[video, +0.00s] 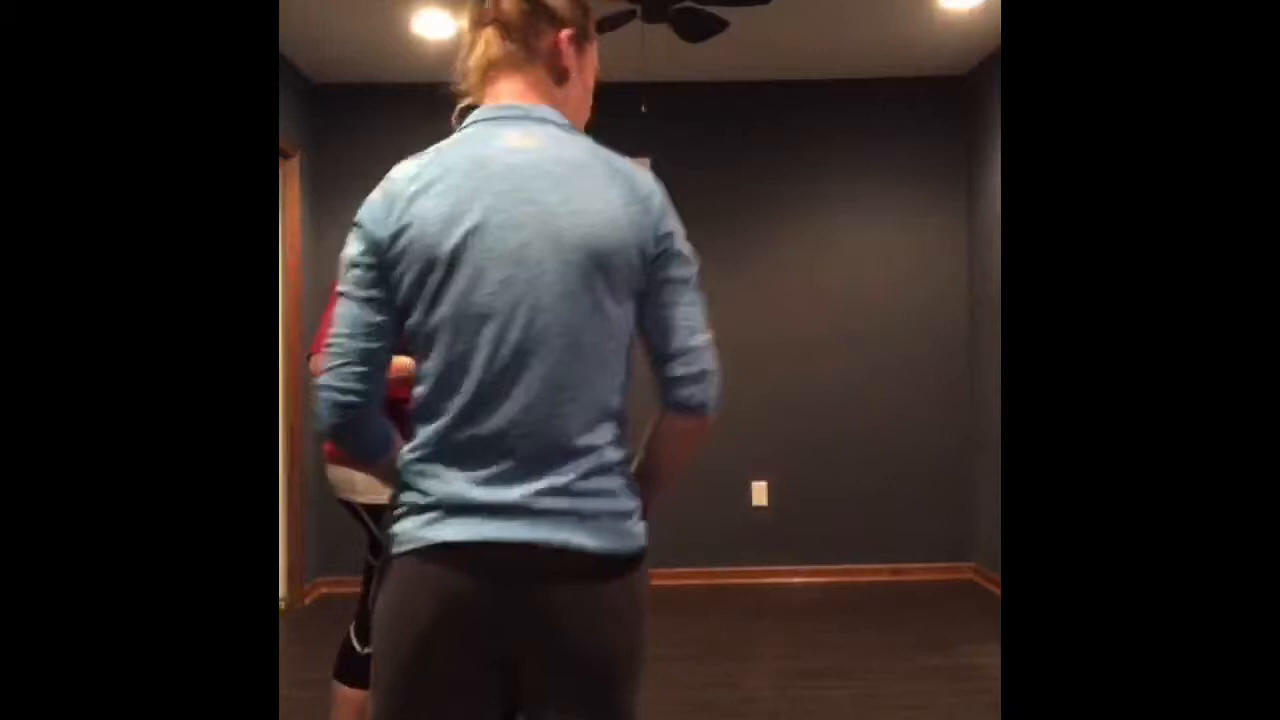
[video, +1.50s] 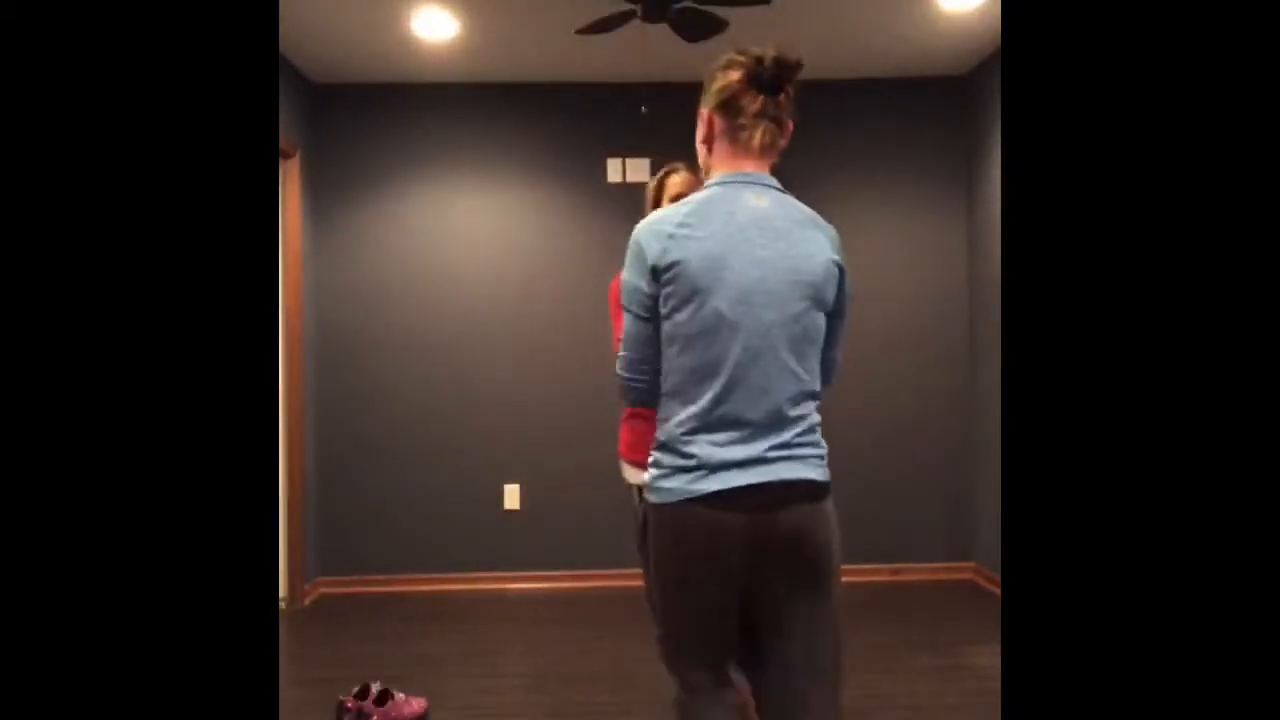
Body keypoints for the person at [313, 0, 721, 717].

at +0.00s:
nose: (595, 79)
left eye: (595, 57)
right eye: (594, 54)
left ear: (481, 60)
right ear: (565, 48)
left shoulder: (401, 191)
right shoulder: (633, 190)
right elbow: (693, 394)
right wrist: (632, 505)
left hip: (436, 571)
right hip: (592, 575)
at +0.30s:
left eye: (532, 66)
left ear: (535, 71)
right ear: (644, 74)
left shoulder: (492, 208)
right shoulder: (713, 196)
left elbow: (464, 425)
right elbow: (790, 377)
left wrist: (448, 387)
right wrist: (737, 462)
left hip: (531, 559)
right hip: (685, 554)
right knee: (689, 708)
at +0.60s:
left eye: (599, 65)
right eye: (705, 65)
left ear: (603, 74)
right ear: (703, 78)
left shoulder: (559, 202)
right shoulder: (763, 192)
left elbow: (530, 384)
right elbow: (829, 372)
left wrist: (491, 373)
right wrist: (772, 440)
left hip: (586, 532)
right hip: (721, 533)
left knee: (608, 710)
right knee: (717, 708)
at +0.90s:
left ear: (643, 92)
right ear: (738, 96)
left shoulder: (598, 220)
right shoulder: (791, 212)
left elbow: (569, 391)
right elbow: (825, 390)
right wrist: (753, 408)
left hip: (629, 522)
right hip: (754, 524)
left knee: (645, 707)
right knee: (743, 706)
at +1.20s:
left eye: (679, 106)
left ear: (683, 108)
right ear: (771, 114)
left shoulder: (635, 225)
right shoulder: (813, 224)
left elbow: (615, 383)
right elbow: (819, 383)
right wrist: (737, 376)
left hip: (660, 509)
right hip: (777, 512)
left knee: (682, 707)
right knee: (785, 705)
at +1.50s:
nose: (696, 136)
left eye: (698, 124)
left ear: (706, 127)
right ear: (785, 138)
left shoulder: (657, 234)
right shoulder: (820, 235)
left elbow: (638, 381)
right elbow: (824, 373)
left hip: (692, 514)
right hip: (799, 509)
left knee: (703, 686)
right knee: (805, 696)